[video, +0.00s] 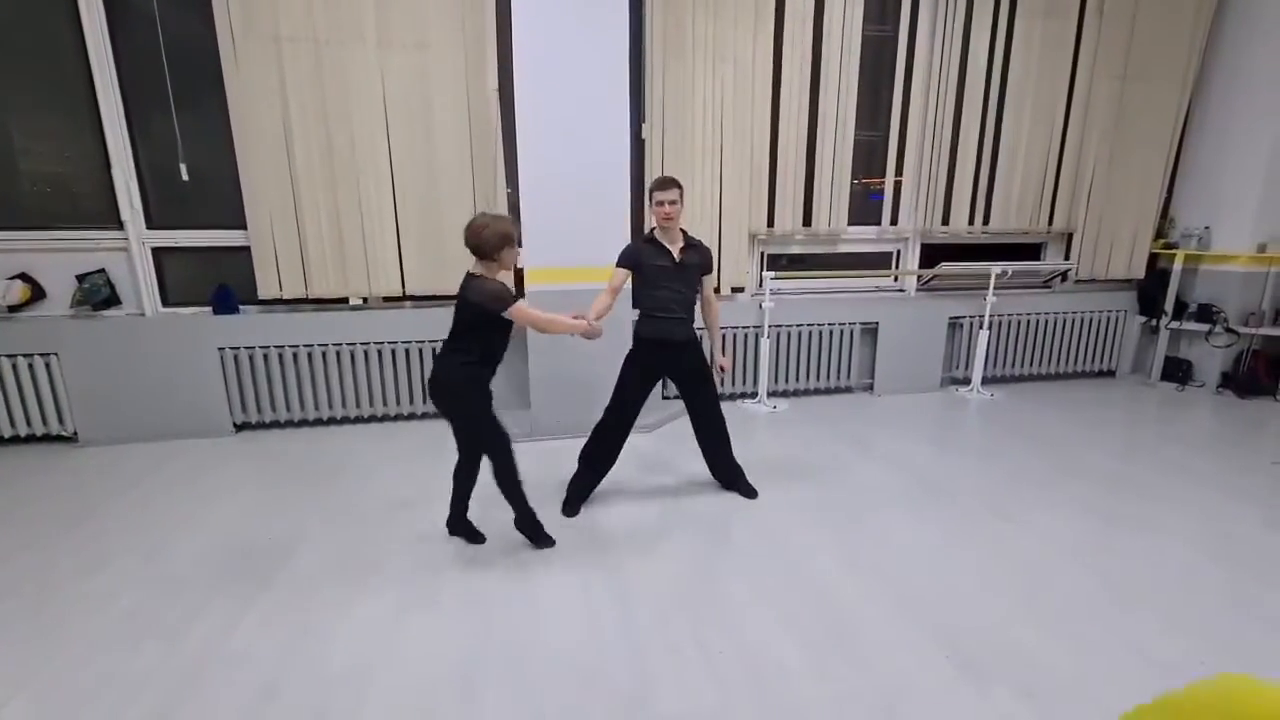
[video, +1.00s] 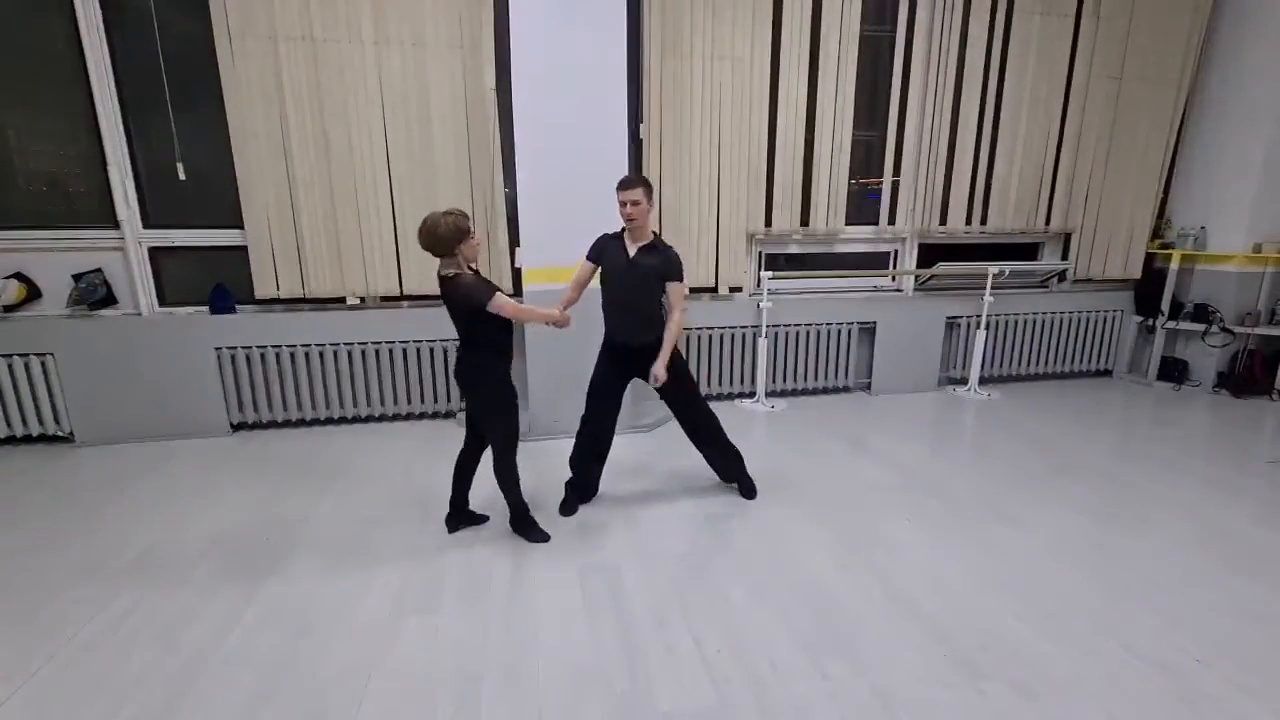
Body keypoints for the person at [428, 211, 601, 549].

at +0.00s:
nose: (518, 251)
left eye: (516, 245)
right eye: (513, 246)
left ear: (484, 253)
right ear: (497, 253)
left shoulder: (478, 283)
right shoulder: (489, 291)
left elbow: (526, 318)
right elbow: (538, 322)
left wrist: (567, 320)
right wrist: (580, 327)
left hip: (453, 382)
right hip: (460, 387)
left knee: (470, 451)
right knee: (499, 445)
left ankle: (457, 517)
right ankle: (526, 519)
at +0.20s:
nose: (506, 252)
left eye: (505, 246)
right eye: (501, 247)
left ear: (475, 251)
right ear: (482, 252)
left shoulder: (479, 280)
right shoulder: (467, 289)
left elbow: (503, 317)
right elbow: (521, 319)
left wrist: (529, 337)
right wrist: (569, 324)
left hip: (459, 378)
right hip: (440, 382)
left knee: (457, 443)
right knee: (477, 448)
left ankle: (456, 511)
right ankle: (516, 522)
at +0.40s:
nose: (498, 248)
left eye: (497, 242)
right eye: (493, 244)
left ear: (469, 249)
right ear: (474, 249)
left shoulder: (475, 277)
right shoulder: (460, 289)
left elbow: (503, 316)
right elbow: (518, 321)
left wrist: (503, 333)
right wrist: (562, 327)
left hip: (459, 375)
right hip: (440, 379)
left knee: (455, 444)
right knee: (477, 446)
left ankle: (455, 510)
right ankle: (516, 521)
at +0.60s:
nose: (492, 242)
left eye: (486, 238)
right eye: (484, 241)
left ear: (468, 259)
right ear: (475, 256)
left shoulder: (472, 287)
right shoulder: (476, 297)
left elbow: (476, 327)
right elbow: (514, 342)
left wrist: (502, 345)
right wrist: (555, 349)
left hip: (441, 376)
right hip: (440, 383)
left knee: (452, 442)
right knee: (479, 443)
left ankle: (454, 511)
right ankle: (518, 515)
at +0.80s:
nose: (483, 229)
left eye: (478, 225)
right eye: (475, 229)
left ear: (461, 247)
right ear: (466, 243)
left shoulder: (467, 271)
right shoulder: (478, 278)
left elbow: (473, 322)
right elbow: (512, 321)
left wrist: (492, 357)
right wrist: (547, 332)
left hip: (458, 369)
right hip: (466, 374)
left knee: (464, 440)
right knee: (493, 441)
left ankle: (455, 510)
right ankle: (518, 516)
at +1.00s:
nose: (479, 238)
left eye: (474, 233)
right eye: (472, 235)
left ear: (450, 248)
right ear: (458, 246)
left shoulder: (452, 277)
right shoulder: (468, 284)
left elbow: (503, 306)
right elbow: (512, 312)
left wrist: (540, 315)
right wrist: (552, 316)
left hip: (474, 370)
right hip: (488, 375)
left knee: (475, 441)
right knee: (505, 444)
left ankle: (458, 510)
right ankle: (520, 516)